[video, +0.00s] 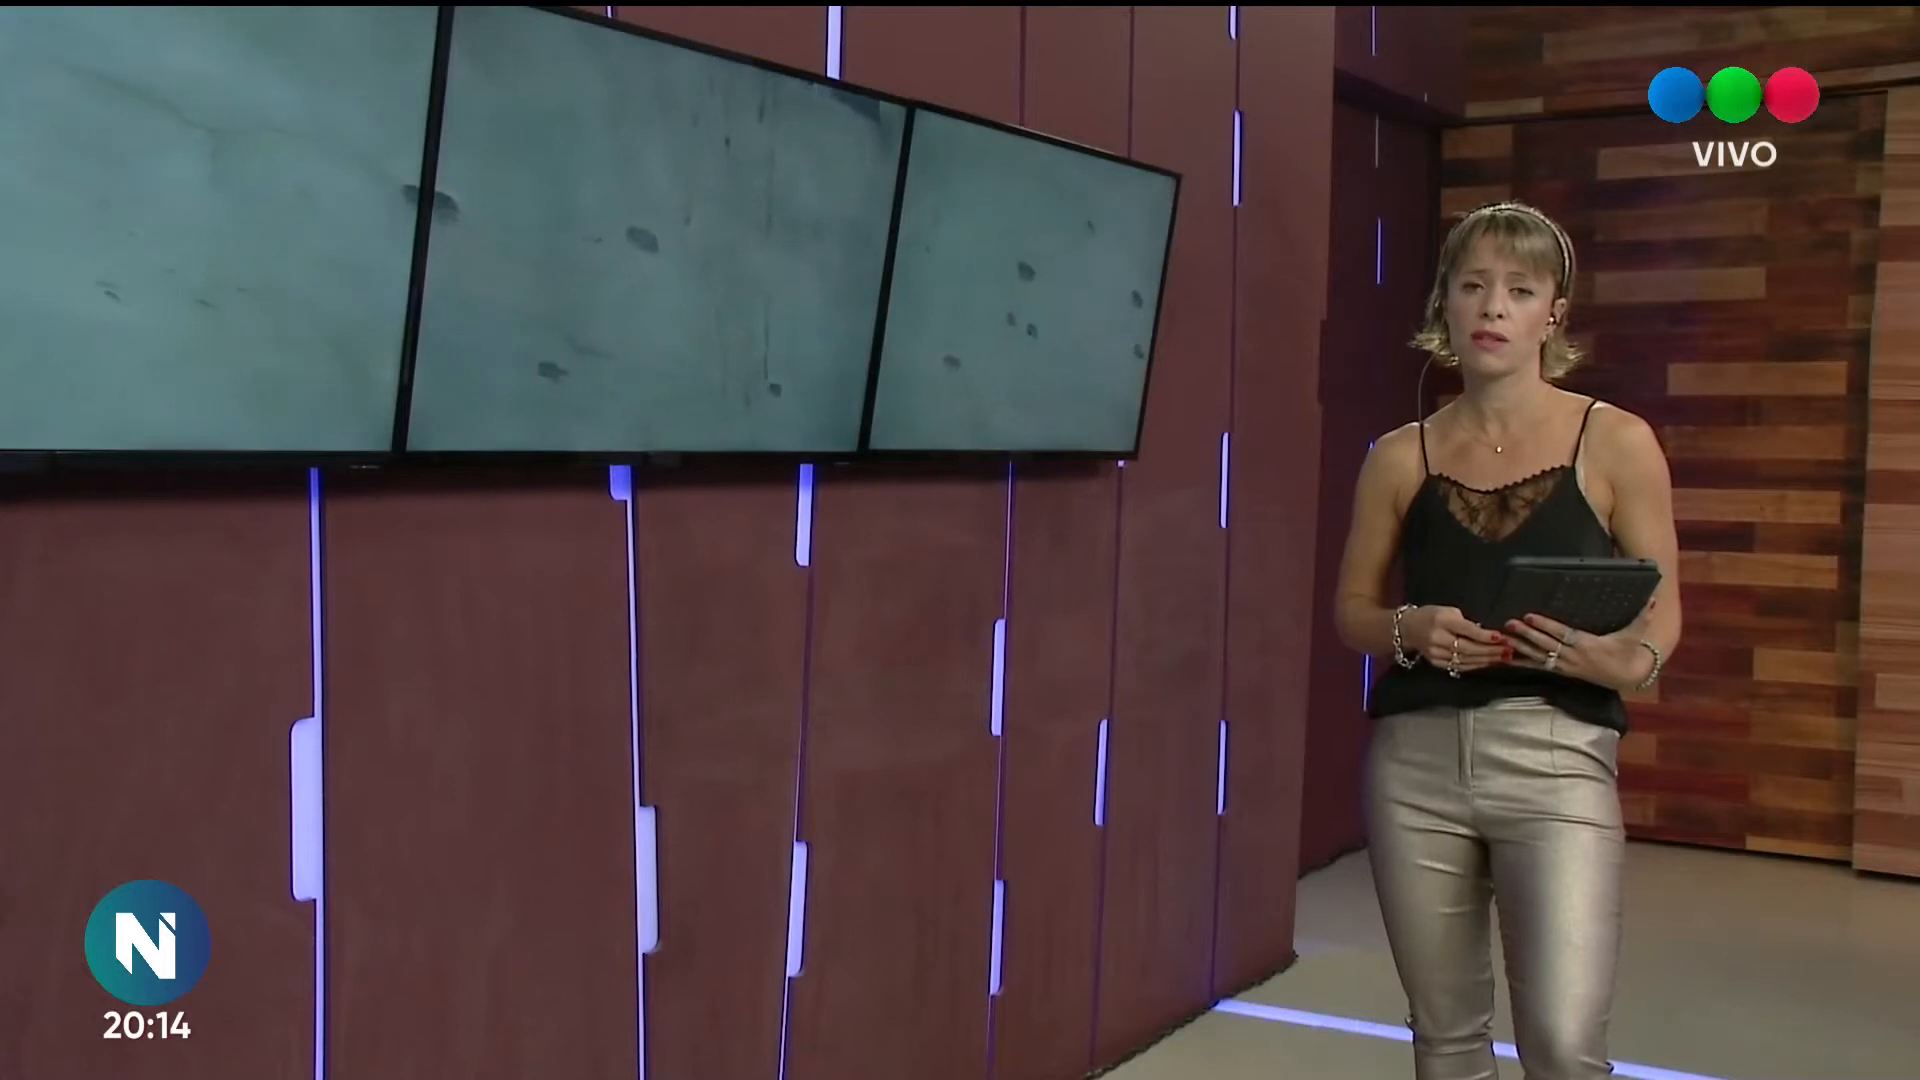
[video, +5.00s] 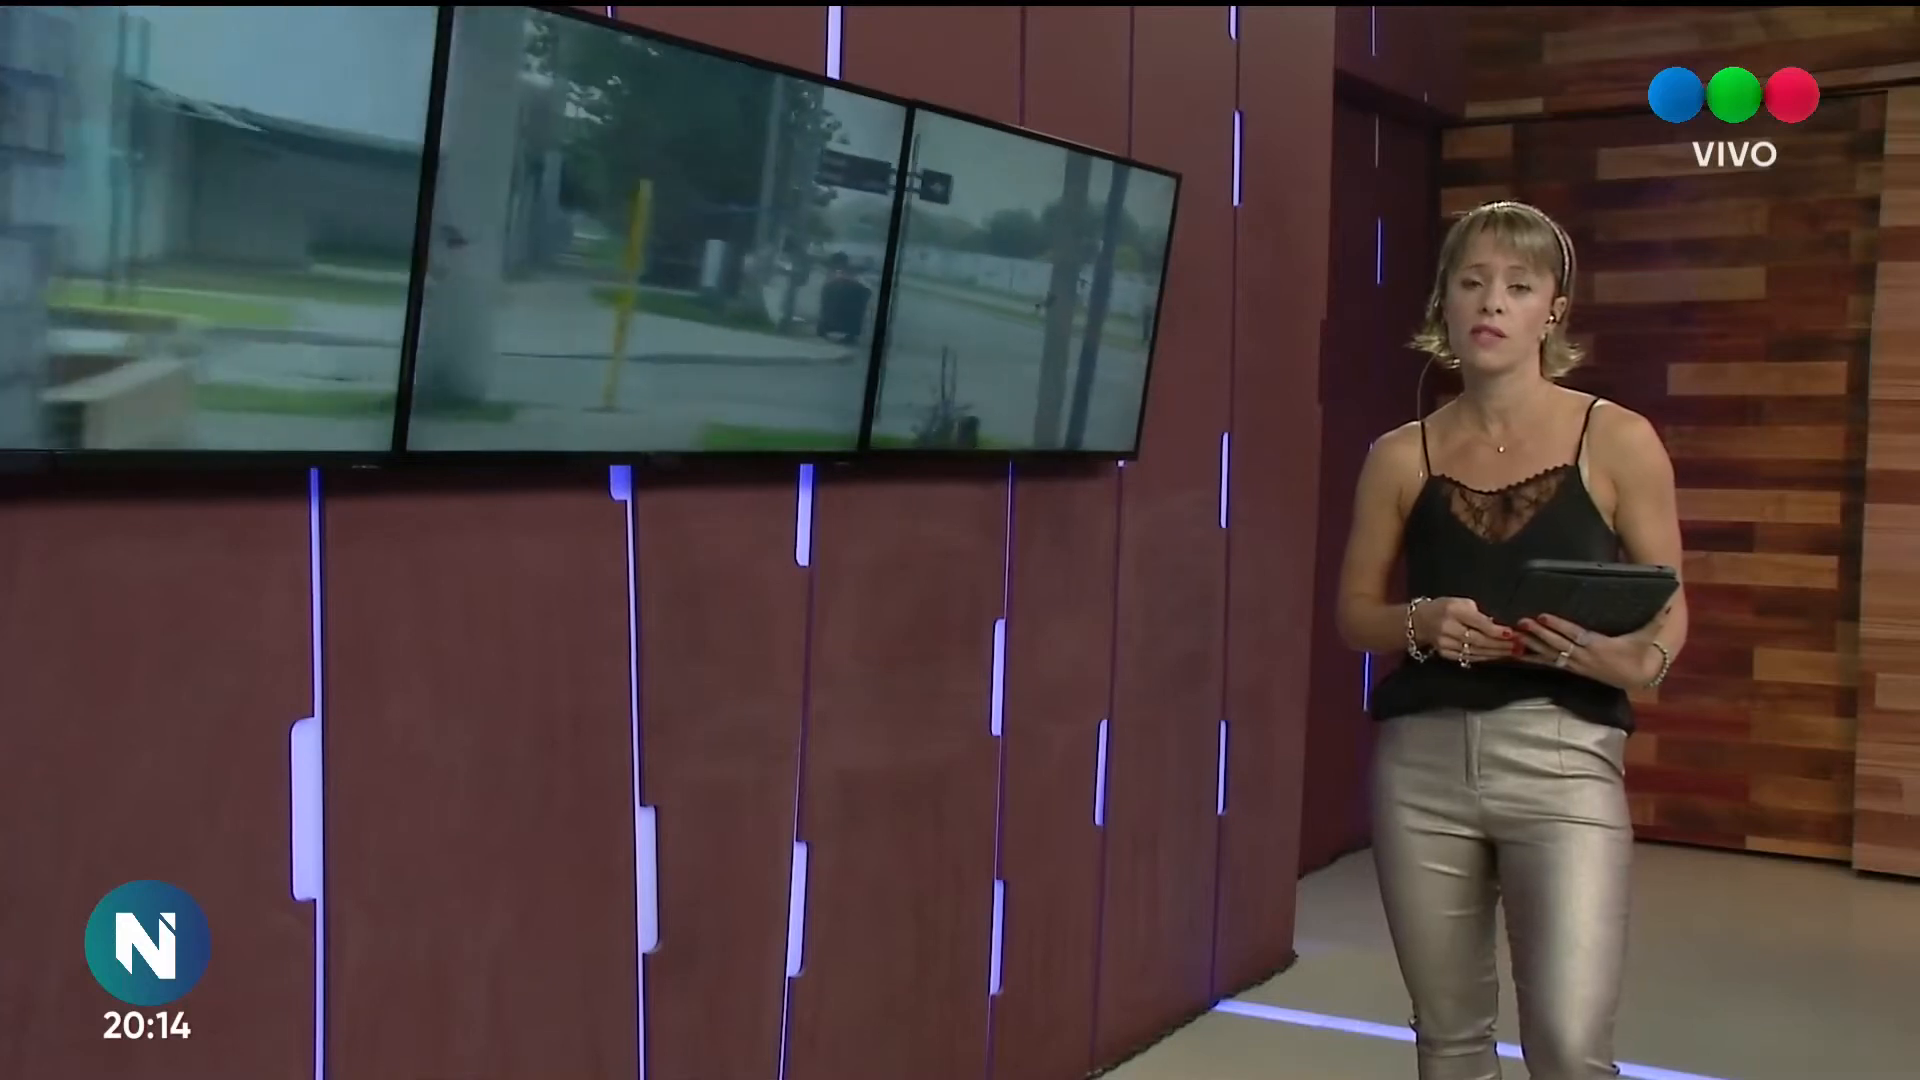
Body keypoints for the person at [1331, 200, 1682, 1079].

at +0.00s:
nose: (1491, 306)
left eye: (1518, 289)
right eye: (1473, 285)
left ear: (1553, 315)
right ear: (1444, 304)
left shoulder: (1617, 444)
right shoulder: (1398, 459)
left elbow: (1660, 609)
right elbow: (1351, 612)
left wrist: (1625, 663)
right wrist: (1407, 629)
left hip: (1556, 768)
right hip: (1414, 768)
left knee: (1562, 1049)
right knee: (1445, 1042)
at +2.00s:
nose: (1491, 291)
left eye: (1518, 278)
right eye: (1473, 274)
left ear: (1555, 309)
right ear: (1446, 300)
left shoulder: (1615, 438)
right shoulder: (1399, 457)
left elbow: (1668, 599)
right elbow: (1357, 613)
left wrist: (1627, 664)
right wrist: (1412, 628)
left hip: (1563, 768)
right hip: (1420, 768)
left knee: (1566, 1050)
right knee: (1448, 1041)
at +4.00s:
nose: (1485, 300)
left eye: (1511, 284)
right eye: (1466, 280)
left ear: (1548, 310)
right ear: (1439, 303)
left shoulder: (1614, 442)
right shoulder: (1396, 456)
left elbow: (1662, 603)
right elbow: (1351, 612)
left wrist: (1632, 665)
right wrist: (1414, 621)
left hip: (1559, 767)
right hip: (1416, 769)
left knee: (1564, 1051)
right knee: (1446, 1043)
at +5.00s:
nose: (1489, 301)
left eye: (1516, 284)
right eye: (1470, 281)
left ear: (1552, 311)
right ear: (1443, 304)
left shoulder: (1620, 442)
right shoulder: (1399, 459)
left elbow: (1667, 606)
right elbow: (1354, 614)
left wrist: (1634, 664)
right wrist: (1418, 622)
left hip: (1564, 768)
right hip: (1421, 769)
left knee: (1569, 1052)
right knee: (1448, 1045)